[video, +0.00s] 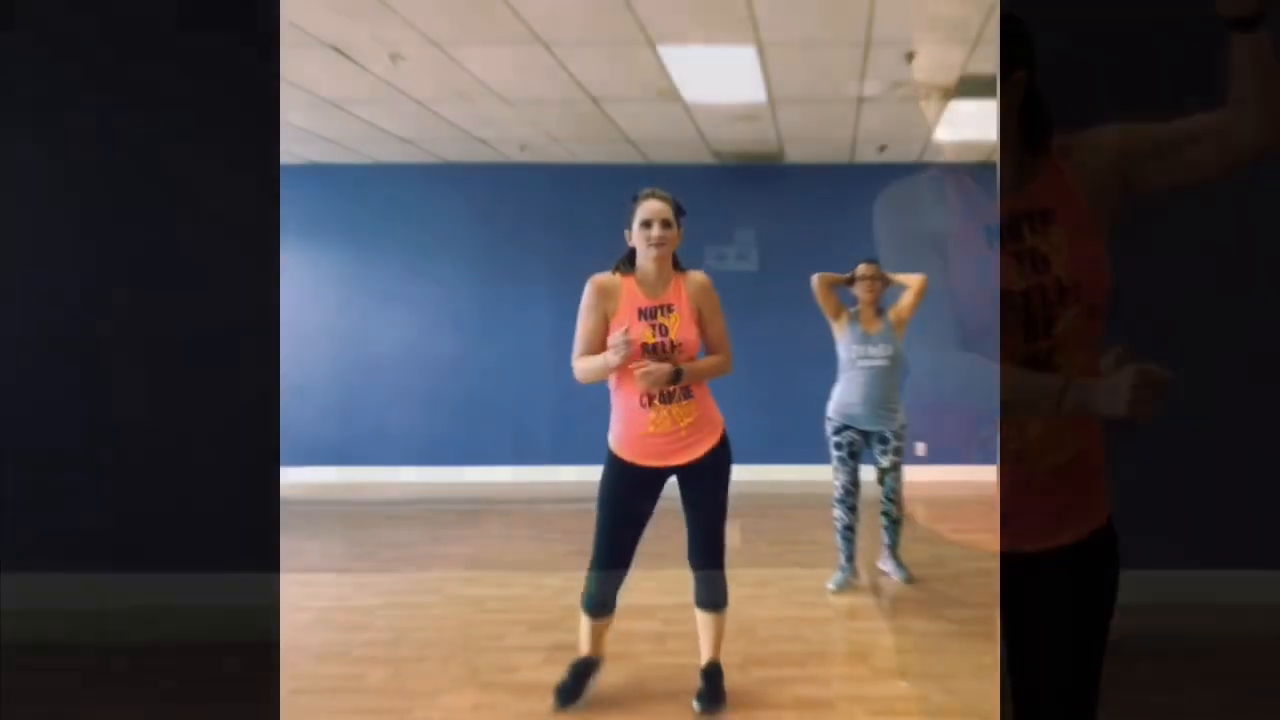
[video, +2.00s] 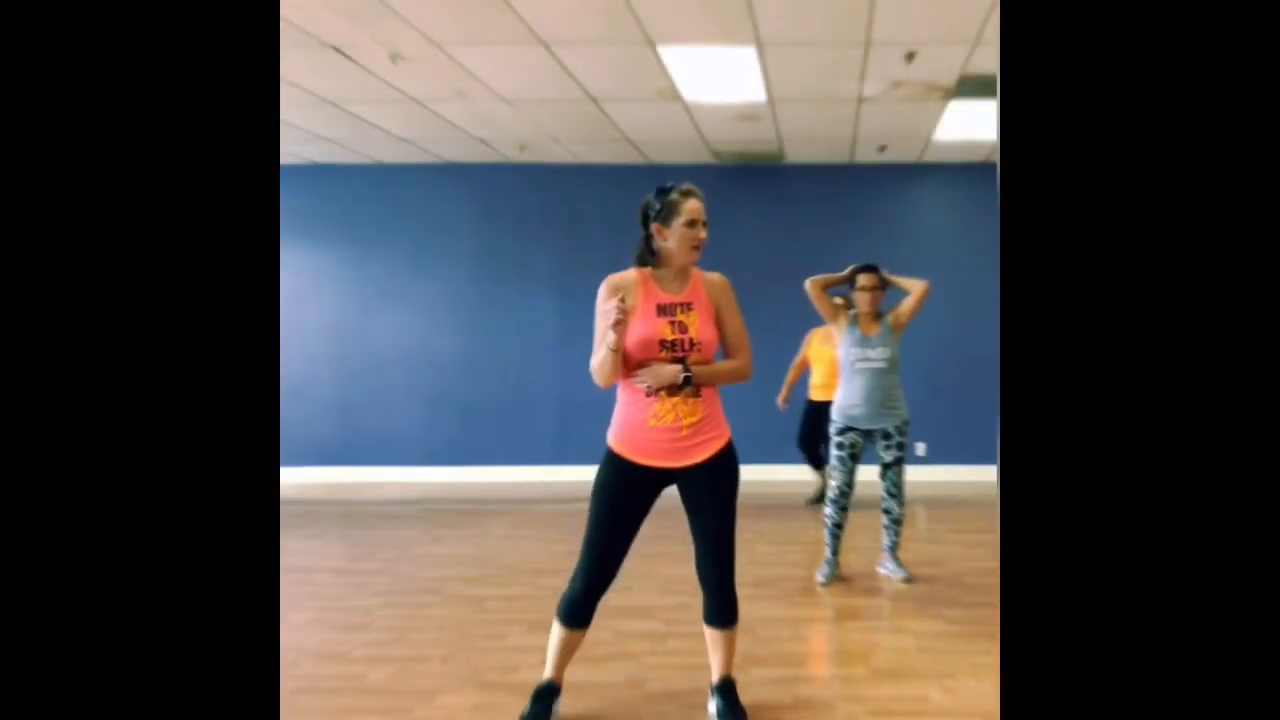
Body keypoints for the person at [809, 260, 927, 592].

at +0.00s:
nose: (869, 285)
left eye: (874, 280)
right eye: (863, 280)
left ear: (883, 287)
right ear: (854, 288)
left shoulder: (895, 321)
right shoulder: (842, 319)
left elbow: (920, 282)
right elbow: (818, 281)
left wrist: (889, 277)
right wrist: (848, 279)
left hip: (887, 419)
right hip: (845, 418)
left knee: (892, 493)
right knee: (845, 493)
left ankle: (889, 556)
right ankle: (846, 565)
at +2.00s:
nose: (869, 295)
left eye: (875, 289)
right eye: (863, 289)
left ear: (883, 293)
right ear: (852, 294)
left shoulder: (892, 324)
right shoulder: (840, 321)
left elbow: (922, 288)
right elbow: (811, 285)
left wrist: (890, 279)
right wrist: (844, 277)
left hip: (889, 417)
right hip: (847, 417)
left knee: (893, 492)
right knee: (839, 490)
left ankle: (889, 557)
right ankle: (830, 560)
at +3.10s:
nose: (867, 288)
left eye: (873, 282)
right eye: (861, 282)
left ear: (882, 290)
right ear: (850, 290)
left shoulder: (895, 326)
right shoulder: (836, 327)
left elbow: (916, 365)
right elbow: (818, 370)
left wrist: (930, 364)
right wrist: (803, 366)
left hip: (888, 421)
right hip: (844, 421)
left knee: (900, 491)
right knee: (838, 491)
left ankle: (907, 558)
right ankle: (829, 560)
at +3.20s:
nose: (877, 288)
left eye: (883, 282)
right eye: (870, 282)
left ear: (892, 289)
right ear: (860, 290)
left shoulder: (904, 325)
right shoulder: (846, 328)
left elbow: (921, 366)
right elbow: (837, 372)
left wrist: (932, 390)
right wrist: (826, 399)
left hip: (899, 421)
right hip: (855, 421)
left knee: (907, 491)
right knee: (844, 490)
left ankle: (908, 558)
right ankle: (831, 559)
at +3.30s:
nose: (886, 287)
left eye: (891, 281)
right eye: (880, 281)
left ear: (900, 288)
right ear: (869, 290)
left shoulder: (914, 326)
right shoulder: (856, 328)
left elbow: (929, 370)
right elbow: (846, 374)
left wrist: (929, 412)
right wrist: (848, 412)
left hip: (909, 423)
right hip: (866, 422)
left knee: (912, 494)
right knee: (849, 490)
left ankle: (909, 558)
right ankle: (835, 558)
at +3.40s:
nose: (894, 285)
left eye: (899, 279)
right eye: (888, 280)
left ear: (908, 286)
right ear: (876, 287)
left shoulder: (921, 324)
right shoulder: (862, 325)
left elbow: (937, 367)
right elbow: (849, 373)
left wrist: (935, 408)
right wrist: (862, 413)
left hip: (913, 420)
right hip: (872, 418)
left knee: (914, 493)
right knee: (857, 488)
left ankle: (909, 558)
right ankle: (848, 556)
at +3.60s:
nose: (900, 285)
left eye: (906, 280)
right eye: (894, 279)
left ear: (915, 288)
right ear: (884, 287)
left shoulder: (926, 325)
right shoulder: (868, 324)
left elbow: (945, 368)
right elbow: (852, 371)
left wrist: (940, 405)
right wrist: (864, 415)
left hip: (918, 421)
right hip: (878, 422)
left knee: (916, 493)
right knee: (879, 493)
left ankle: (911, 557)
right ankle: (881, 558)